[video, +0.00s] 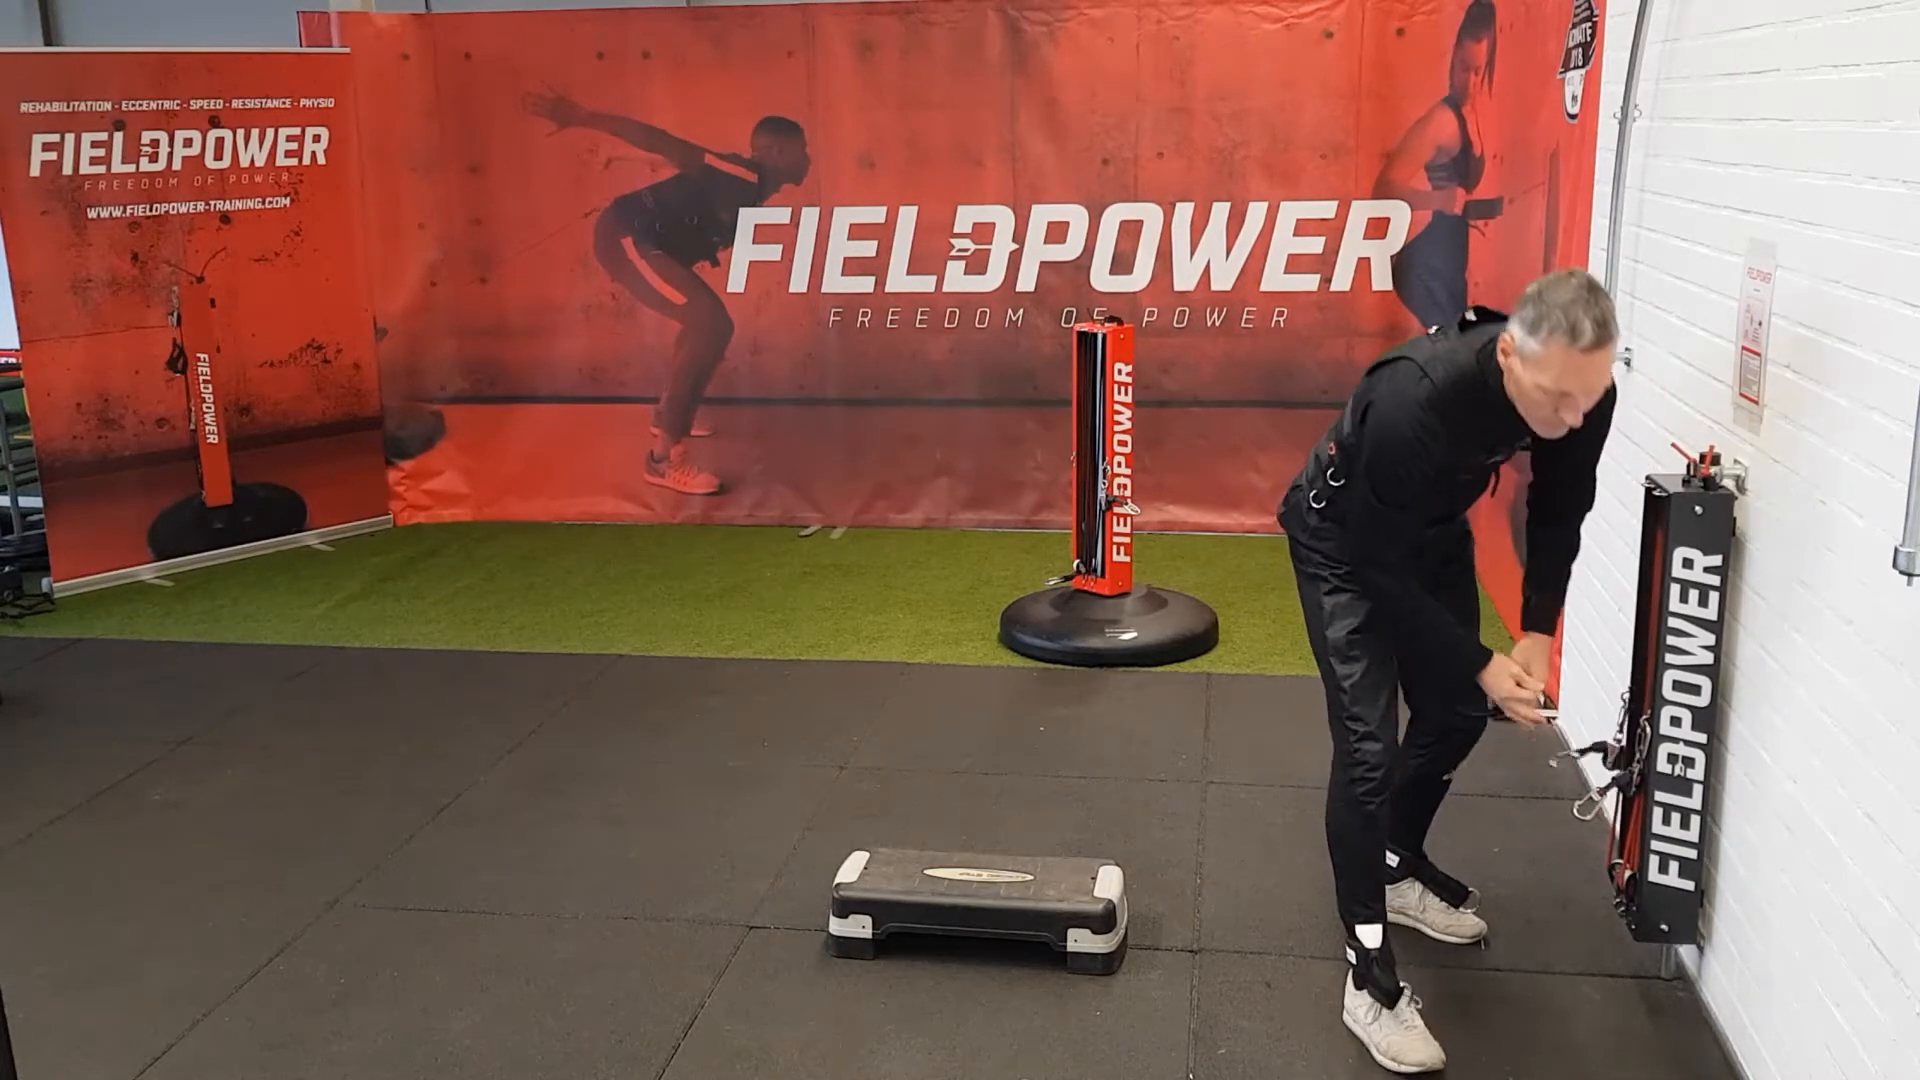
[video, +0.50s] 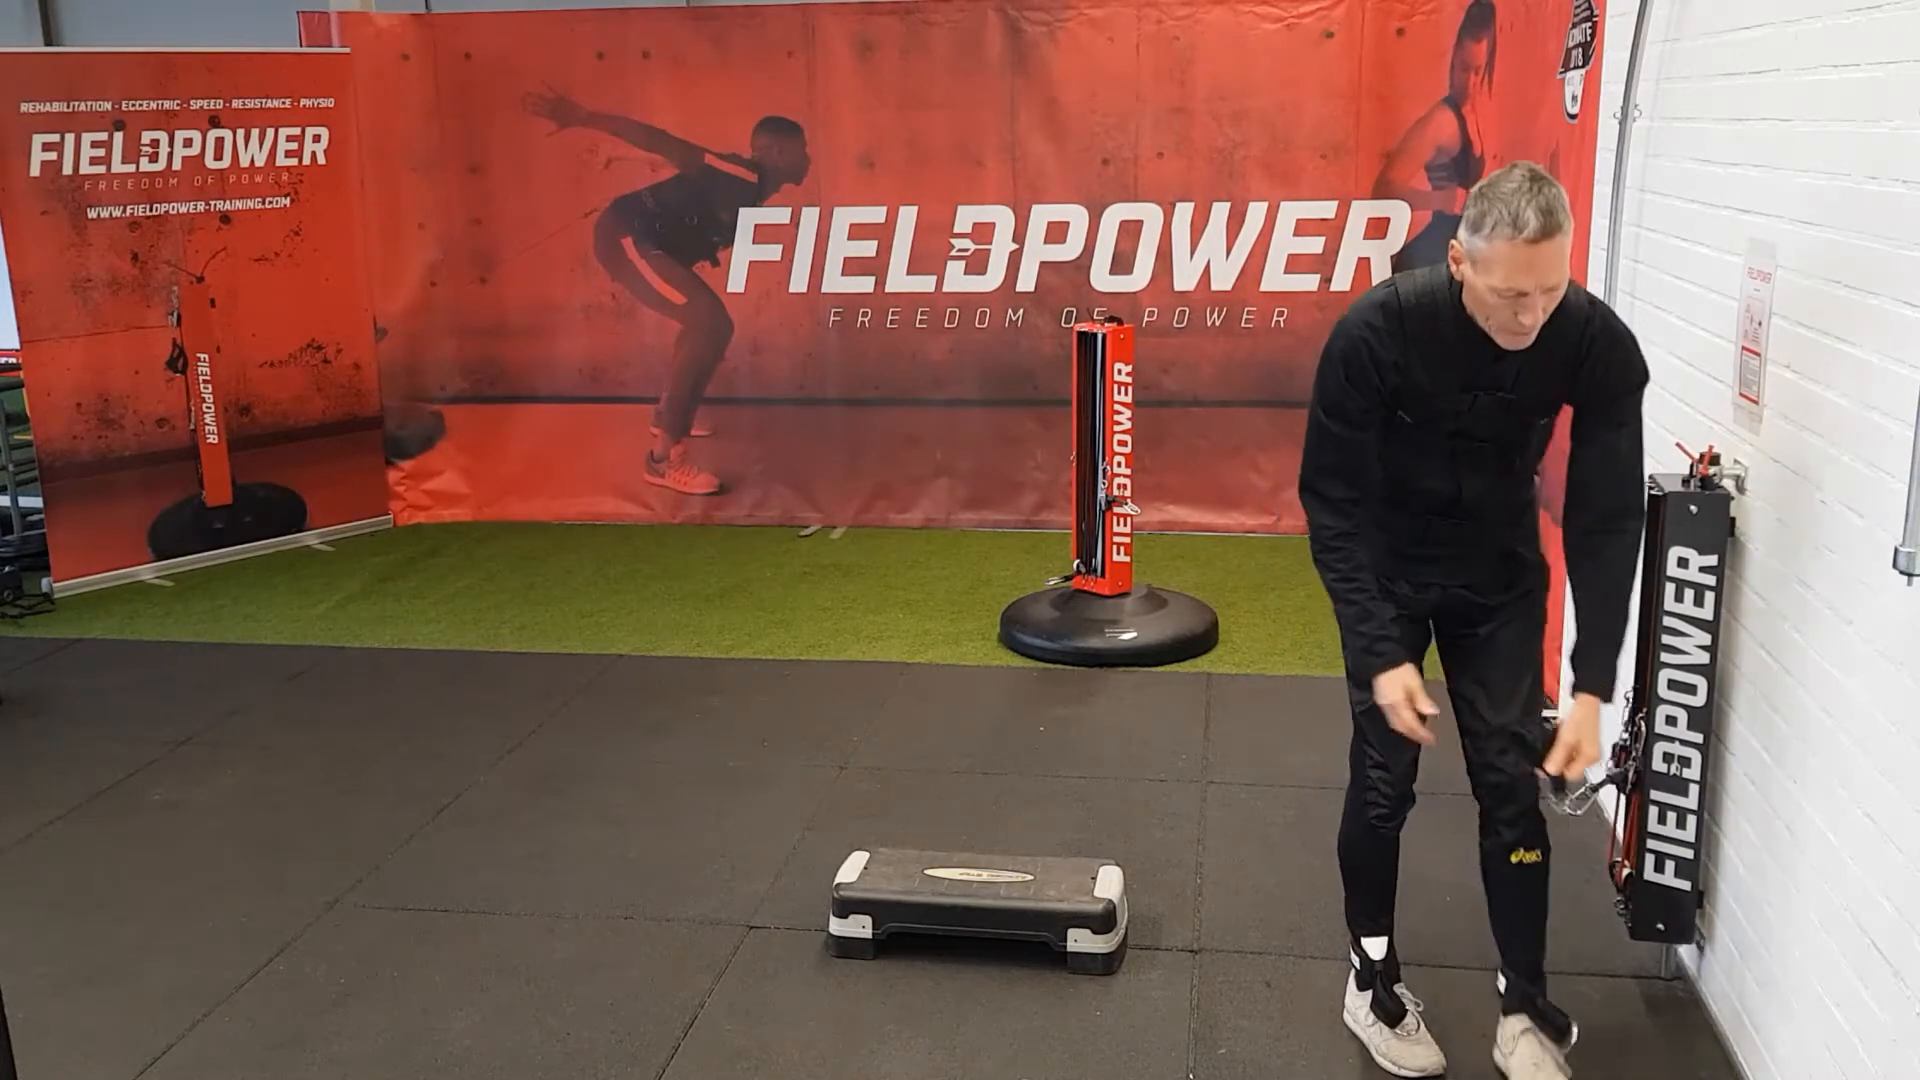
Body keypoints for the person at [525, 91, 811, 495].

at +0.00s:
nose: (807, 158)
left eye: (805, 150)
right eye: (800, 150)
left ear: (773, 152)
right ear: (771, 150)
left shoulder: (752, 188)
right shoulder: (734, 175)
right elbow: (659, 141)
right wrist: (581, 117)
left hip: (646, 237)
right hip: (626, 234)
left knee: (710, 322)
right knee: (713, 325)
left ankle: (670, 413)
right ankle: (665, 457)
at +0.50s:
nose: (807, 158)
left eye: (805, 149)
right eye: (800, 149)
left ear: (773, 151)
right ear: (771, 150)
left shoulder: (750, 187)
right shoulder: (736, 175)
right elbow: (659, 141)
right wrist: (583, 117)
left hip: (645, 236)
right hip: (627, 233)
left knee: (710, 322)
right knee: (712, 325)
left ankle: (670, 413)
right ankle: (665, 457)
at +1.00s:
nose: (807, 158)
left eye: (805, 149)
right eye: (800, 150)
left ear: (773, 151)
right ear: (771, 150)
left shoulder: (750, 188)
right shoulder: (736, 175)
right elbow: (660, 142)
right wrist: (584, 117)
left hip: (645, 237)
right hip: (626, 233)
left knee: (710, 322)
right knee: (712, 325)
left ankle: (670, 413)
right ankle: (665, 457)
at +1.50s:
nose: (807, 158)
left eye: (805, 149)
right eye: (800, 150)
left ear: (773, 151)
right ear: (771, 150)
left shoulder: (750, 188)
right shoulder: (736, 176)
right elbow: (660, 142)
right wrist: (584, 117)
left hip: (645, 237)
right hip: (626, 233)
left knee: (709, 322)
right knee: (713, 325)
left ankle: (670, 413)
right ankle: (665, 456)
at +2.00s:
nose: (807, 159)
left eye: (805, 150)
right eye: (800, 150)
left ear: (774, 151)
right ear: (772, 150)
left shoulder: (750, 188)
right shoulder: (735, 176)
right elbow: (659, 142)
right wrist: (584, 117)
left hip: (645, 237)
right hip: (626, 233)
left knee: (709, 322)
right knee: (713, 325)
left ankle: (670, 412)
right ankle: (665, 456)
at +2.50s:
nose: (808, 158)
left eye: (805, 149)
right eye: (800, 150)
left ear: (774, 152)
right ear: (770, 150)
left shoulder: (752, 188)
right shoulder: (735, 176)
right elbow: (658, 141)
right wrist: (584, 117)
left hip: (646, 237)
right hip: (626, 233)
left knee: (709, 322)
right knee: (713, 325)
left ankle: (670, 413)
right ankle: (665, 457)